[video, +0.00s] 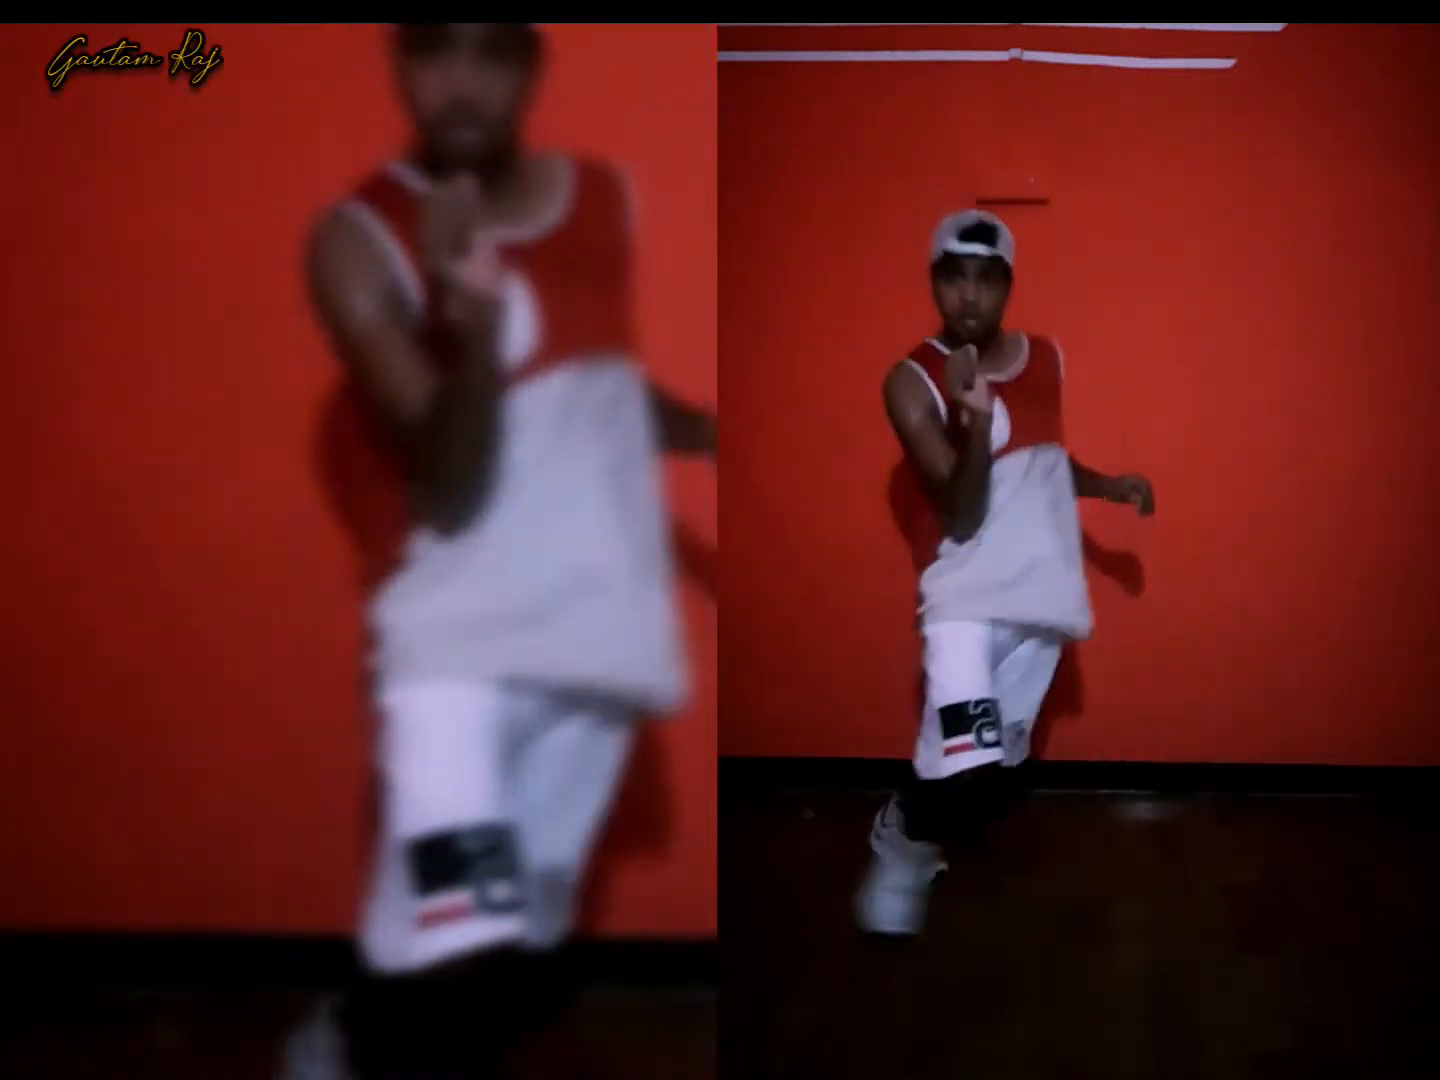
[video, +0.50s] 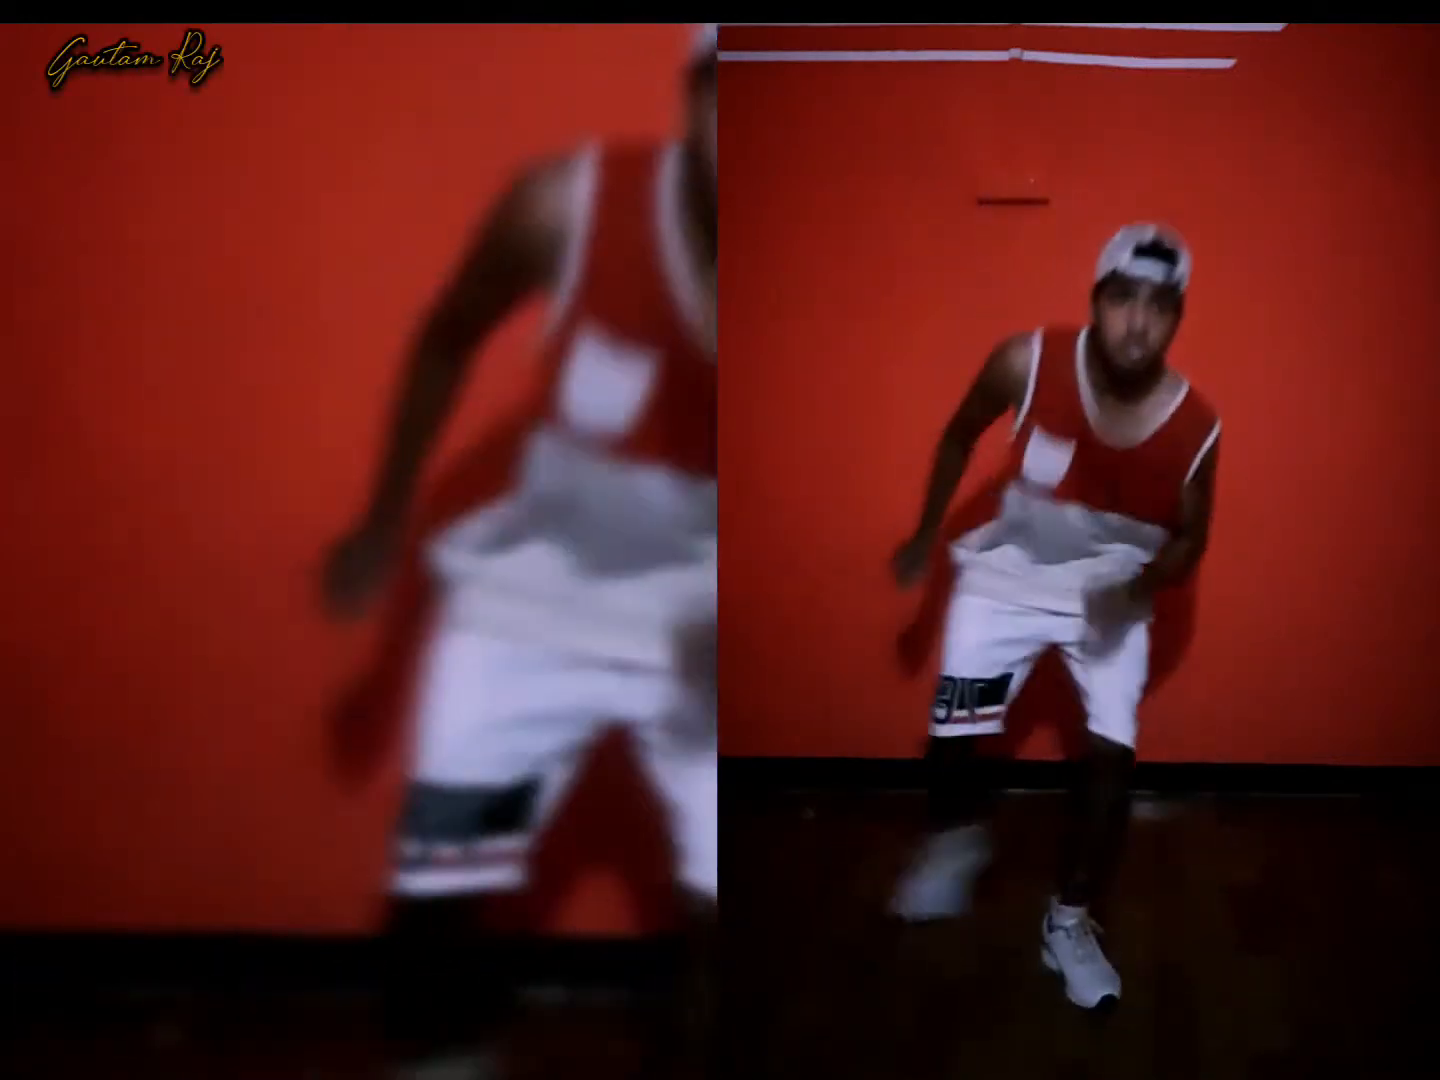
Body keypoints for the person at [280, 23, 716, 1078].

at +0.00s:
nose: (460, 85)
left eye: (490, 55)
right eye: (434, 54)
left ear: (533, 71)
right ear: (401, 72)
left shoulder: (595, 197)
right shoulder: (362, 237)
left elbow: (595, 386)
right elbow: (444, 485)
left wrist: (723, 435)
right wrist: (468, 337)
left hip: (600, 629)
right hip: (456, 633)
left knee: (527, 962)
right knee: (450, 955)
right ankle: (330, 1053)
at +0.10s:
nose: (519, 68)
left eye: (551, 42)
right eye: (496, 39)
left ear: (596, 58)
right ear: (463, 50)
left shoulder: (631, 194)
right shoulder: (387, 184)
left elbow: (630, 391)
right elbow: (349, 439)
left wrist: (740, 431)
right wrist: (426, 405)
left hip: (575, 625)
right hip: (422, 608)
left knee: (512, 965)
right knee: (406, 940)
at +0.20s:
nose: (603, 47)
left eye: (632, 25)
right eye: (579, 22)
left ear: (671, 43)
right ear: (537, 34)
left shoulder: (694, 176)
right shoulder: (450, 157)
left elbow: (679, 341)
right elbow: (298, 388)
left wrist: (770, 441)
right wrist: (345, 545)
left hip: (562, 590)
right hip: (395, 584)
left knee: (610, 864)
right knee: (355, 899)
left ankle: (457, 1041)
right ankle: (302, 1078)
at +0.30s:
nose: (694, 122)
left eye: (716, 93)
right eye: (668, 90)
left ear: (746, 115)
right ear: (622, 105)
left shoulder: (738, 266)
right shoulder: (526, 248)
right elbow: (314, 401)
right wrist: (276, 629)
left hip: (578, 531)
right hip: (404, 514)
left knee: (623, 834)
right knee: (337, 812)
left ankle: (632, 1078)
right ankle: (261, 1075)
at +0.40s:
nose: (730, 181)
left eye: (747, 151)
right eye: (708, 146)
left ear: (770, 171)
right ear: (659, 159)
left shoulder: (755, 312)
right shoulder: (536, 282)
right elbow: (374, 416)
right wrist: (289, 615)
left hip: (648, 572)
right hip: (457, 557)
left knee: (680, 880)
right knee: (355, 851)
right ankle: (287, 1074)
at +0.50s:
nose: (734, 123)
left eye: (750, 98)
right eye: (720, 91)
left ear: (786, 120)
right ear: (690, 95)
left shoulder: (799, 249)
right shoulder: (573, 201)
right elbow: (447, 340)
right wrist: (385, 519)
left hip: (704, 605)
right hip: (529, 588)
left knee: (734, 906)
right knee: (441, 888)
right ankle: (437, 1069)